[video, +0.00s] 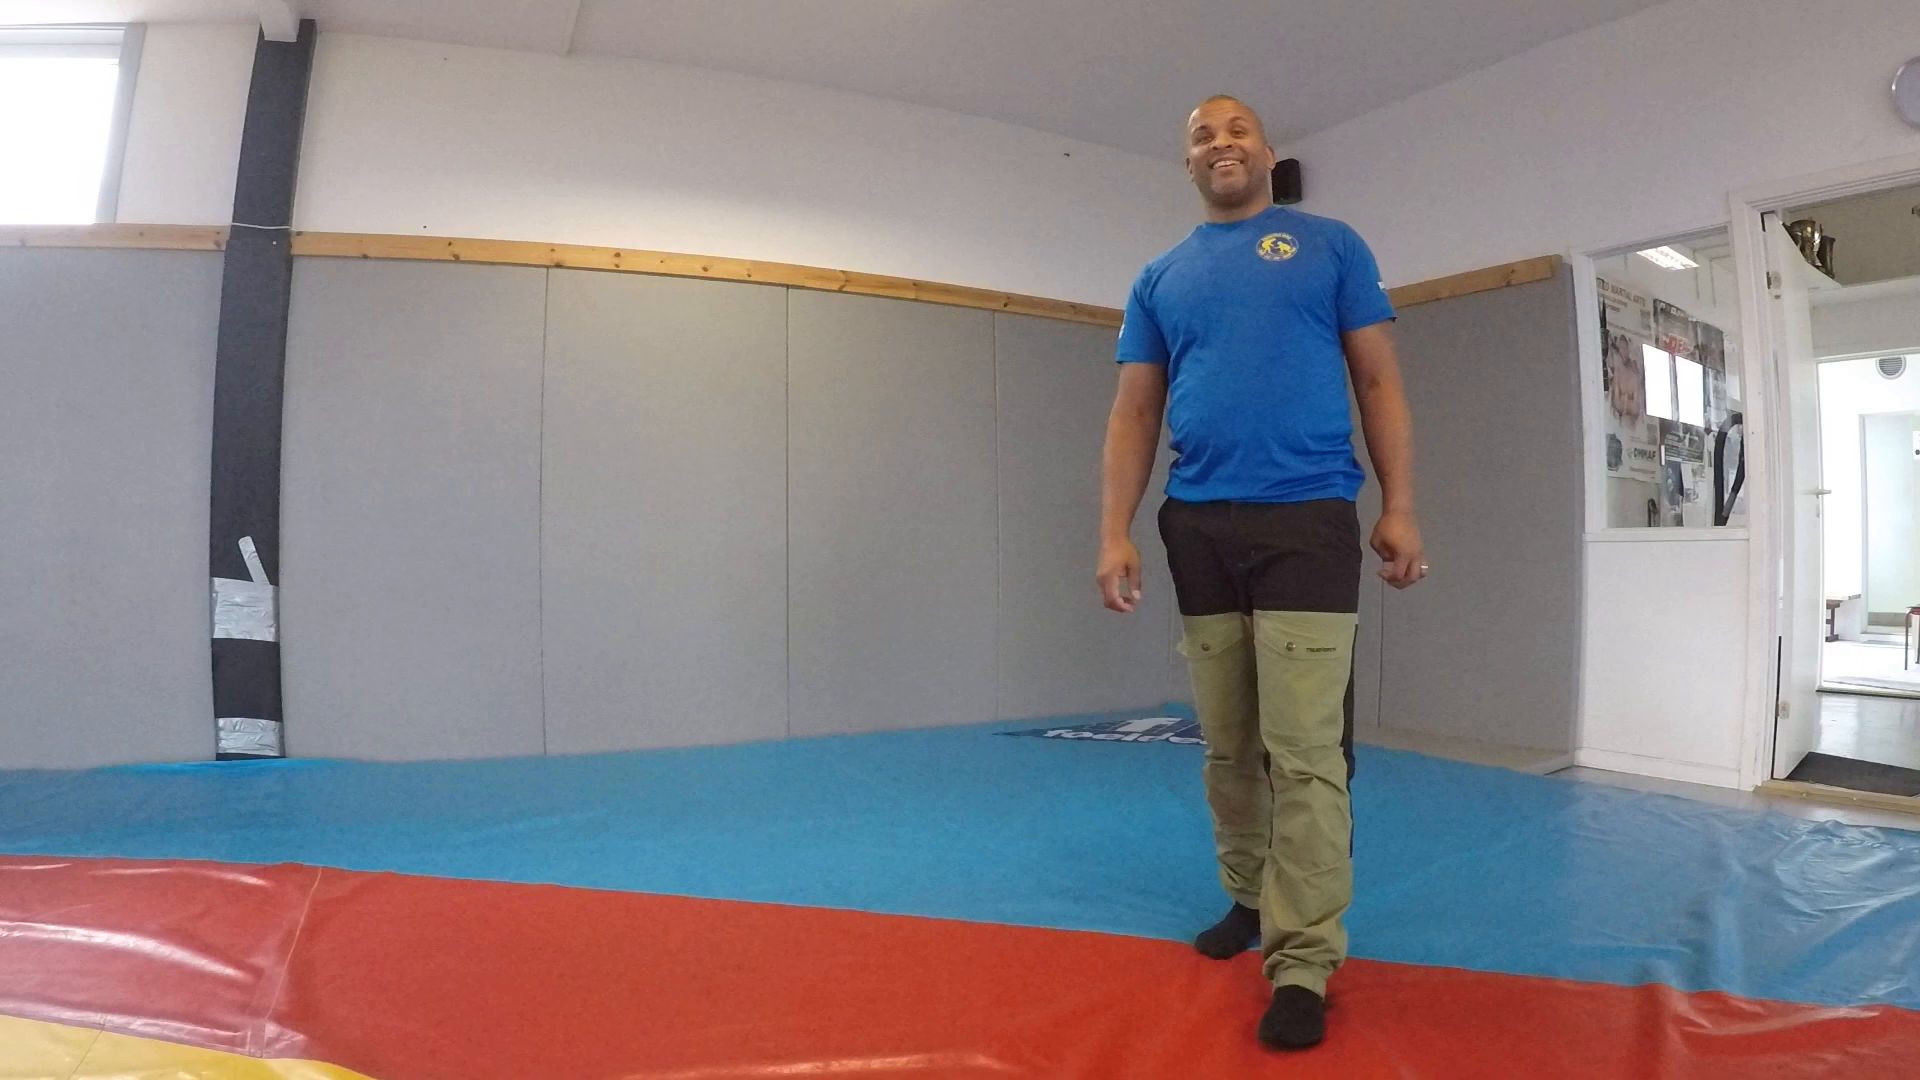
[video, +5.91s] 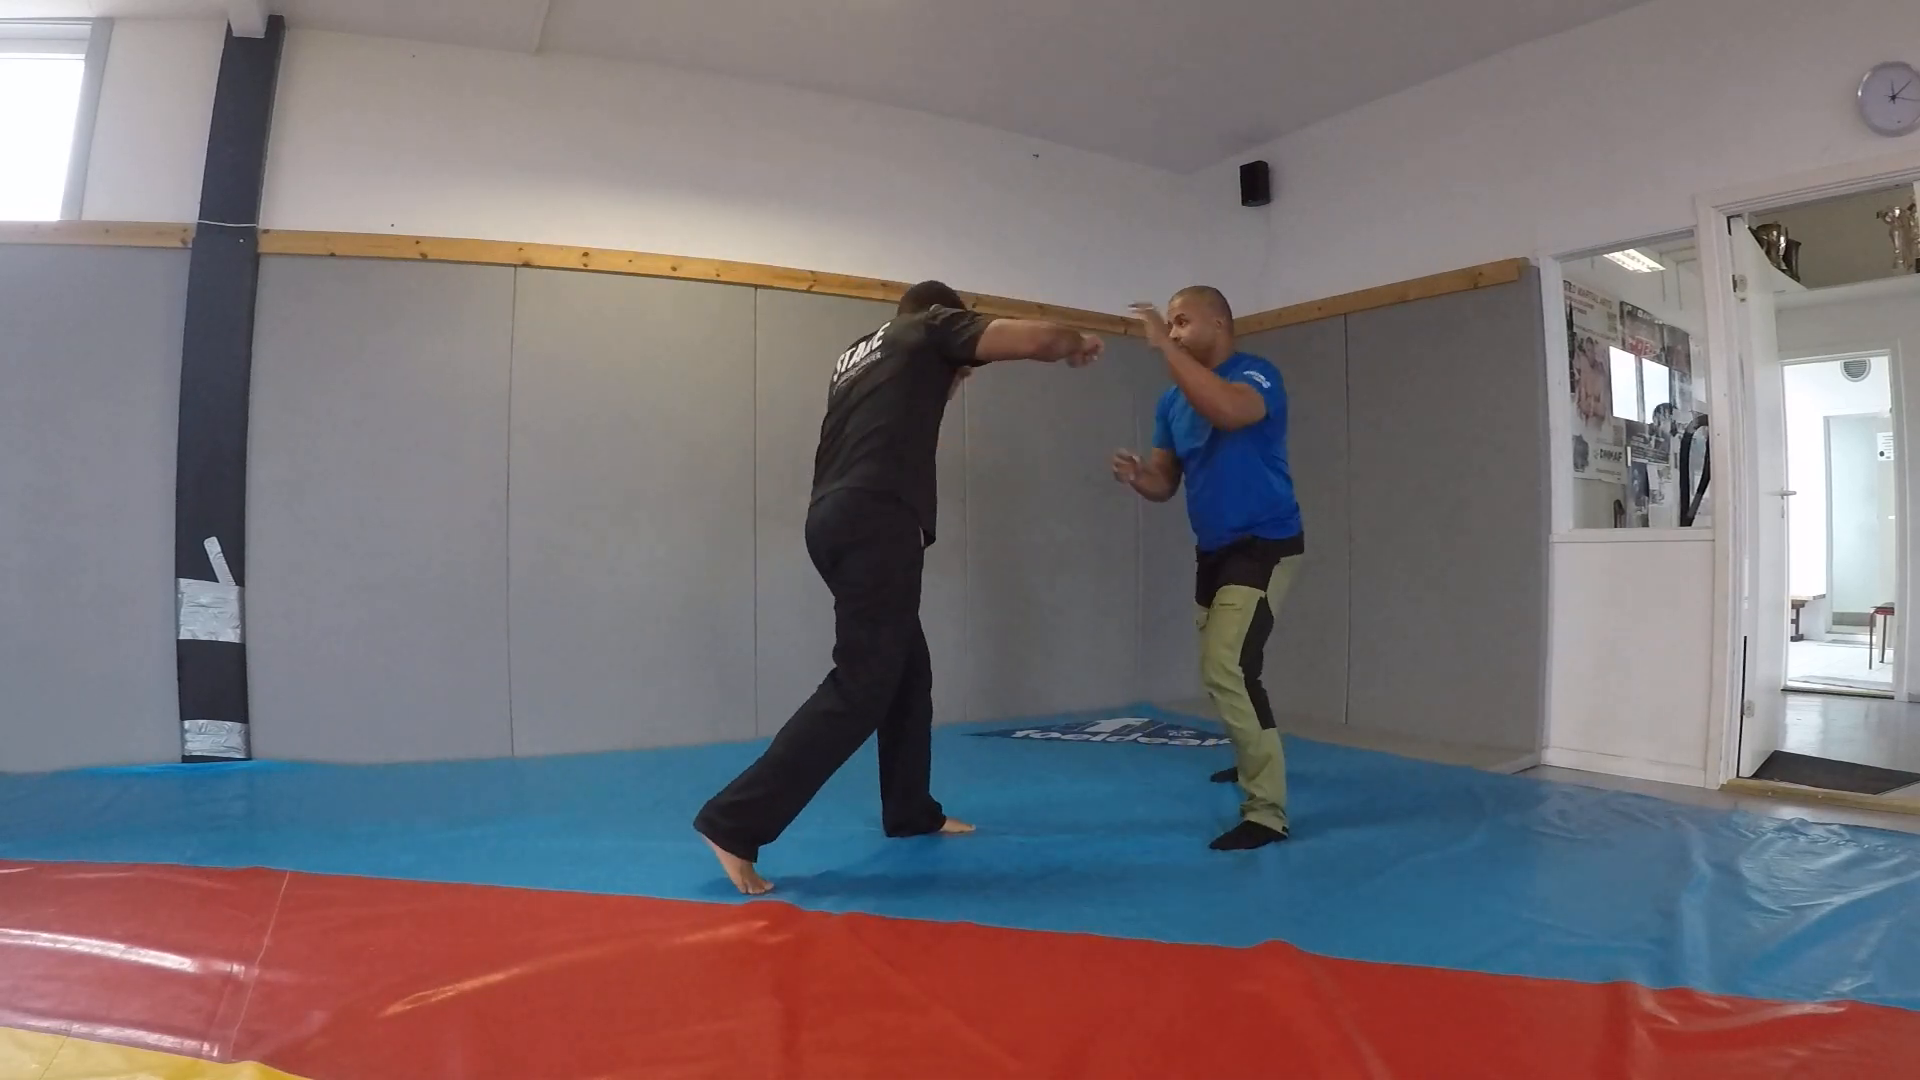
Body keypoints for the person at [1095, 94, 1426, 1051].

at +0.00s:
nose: (1220, 145)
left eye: (1235, 131)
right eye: (1203, 139)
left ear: (1270, 154)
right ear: (1187, 170)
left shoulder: (1331, 245)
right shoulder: (1161, 276)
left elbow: (1378, 382)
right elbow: (1133, 410)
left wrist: (1398, 507)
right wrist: (1114, 531)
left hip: (1309, 519)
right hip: (1199, 524)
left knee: (1300, 749)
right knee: (1228, 742)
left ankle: (1304, 961)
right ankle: (1252, 898)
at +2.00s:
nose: (1279, 200)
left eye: (1286, 191)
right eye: (1263, 185)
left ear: (1291, 209)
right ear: (1216, 197)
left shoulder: (1319, 302)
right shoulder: (1172, 299)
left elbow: (1339, 422)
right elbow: (1131, 409)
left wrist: (1351, 534)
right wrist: (1123, 513)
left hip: (1308, 531)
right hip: (1203, 533)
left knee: (1337, 724)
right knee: (1211, 725)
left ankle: (1368, 917)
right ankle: (1207, 860)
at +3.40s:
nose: (1172, 287)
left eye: (1184, 277)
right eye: (1163, 281)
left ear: (1211, 293)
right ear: (1157, 299)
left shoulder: (1247, 360)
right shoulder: (1137, 374)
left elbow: (1289, 447)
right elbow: (1120, 454)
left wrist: (1320, 525)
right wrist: (1112, 520)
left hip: (1235, 534)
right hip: (1163, 536)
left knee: (1246, 676)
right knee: (1163, 669)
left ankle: (1271, 805)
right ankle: (1168, 772)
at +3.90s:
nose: (1127, 306)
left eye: (1137, 294)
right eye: (1121, 300)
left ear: (1167, 301)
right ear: (1119, 314)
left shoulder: (1201, 355)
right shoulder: (1120, 384)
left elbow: (1237, 431)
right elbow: (1109, 470)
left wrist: (1180, 478)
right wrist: (1088, 542)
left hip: (1201, 529)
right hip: (1140, 535)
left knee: (1218, 664)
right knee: (1154, 666)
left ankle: (1252, 786)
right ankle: (1167, 773)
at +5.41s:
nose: (1154, 328)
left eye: (1165, 315)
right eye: (1151, 318)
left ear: (1202, 319)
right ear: (1165, 326)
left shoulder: (1235, 381)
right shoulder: (1180, 383)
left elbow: (1211, 476)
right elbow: (1157, 447)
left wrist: (1145, 413)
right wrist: (1117, 400)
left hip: (1260, 548)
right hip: (1211, 545)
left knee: (1209, 674)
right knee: (1164, 667)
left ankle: (1264, 817)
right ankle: (1177, 770)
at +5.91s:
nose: (1173, 334)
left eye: (1184, 322)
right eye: (1168, 327)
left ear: (1221, 326)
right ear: (1170, 337)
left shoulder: (1257, 374)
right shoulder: (1174, 400)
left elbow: (1231, 409)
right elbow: (1164, 484)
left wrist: (1166, 344)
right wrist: (1139, 476)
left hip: (1264, 544)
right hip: (1214, 550)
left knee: (1224, 668)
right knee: (1225, 670)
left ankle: (1267, 813)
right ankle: (1258, 759)